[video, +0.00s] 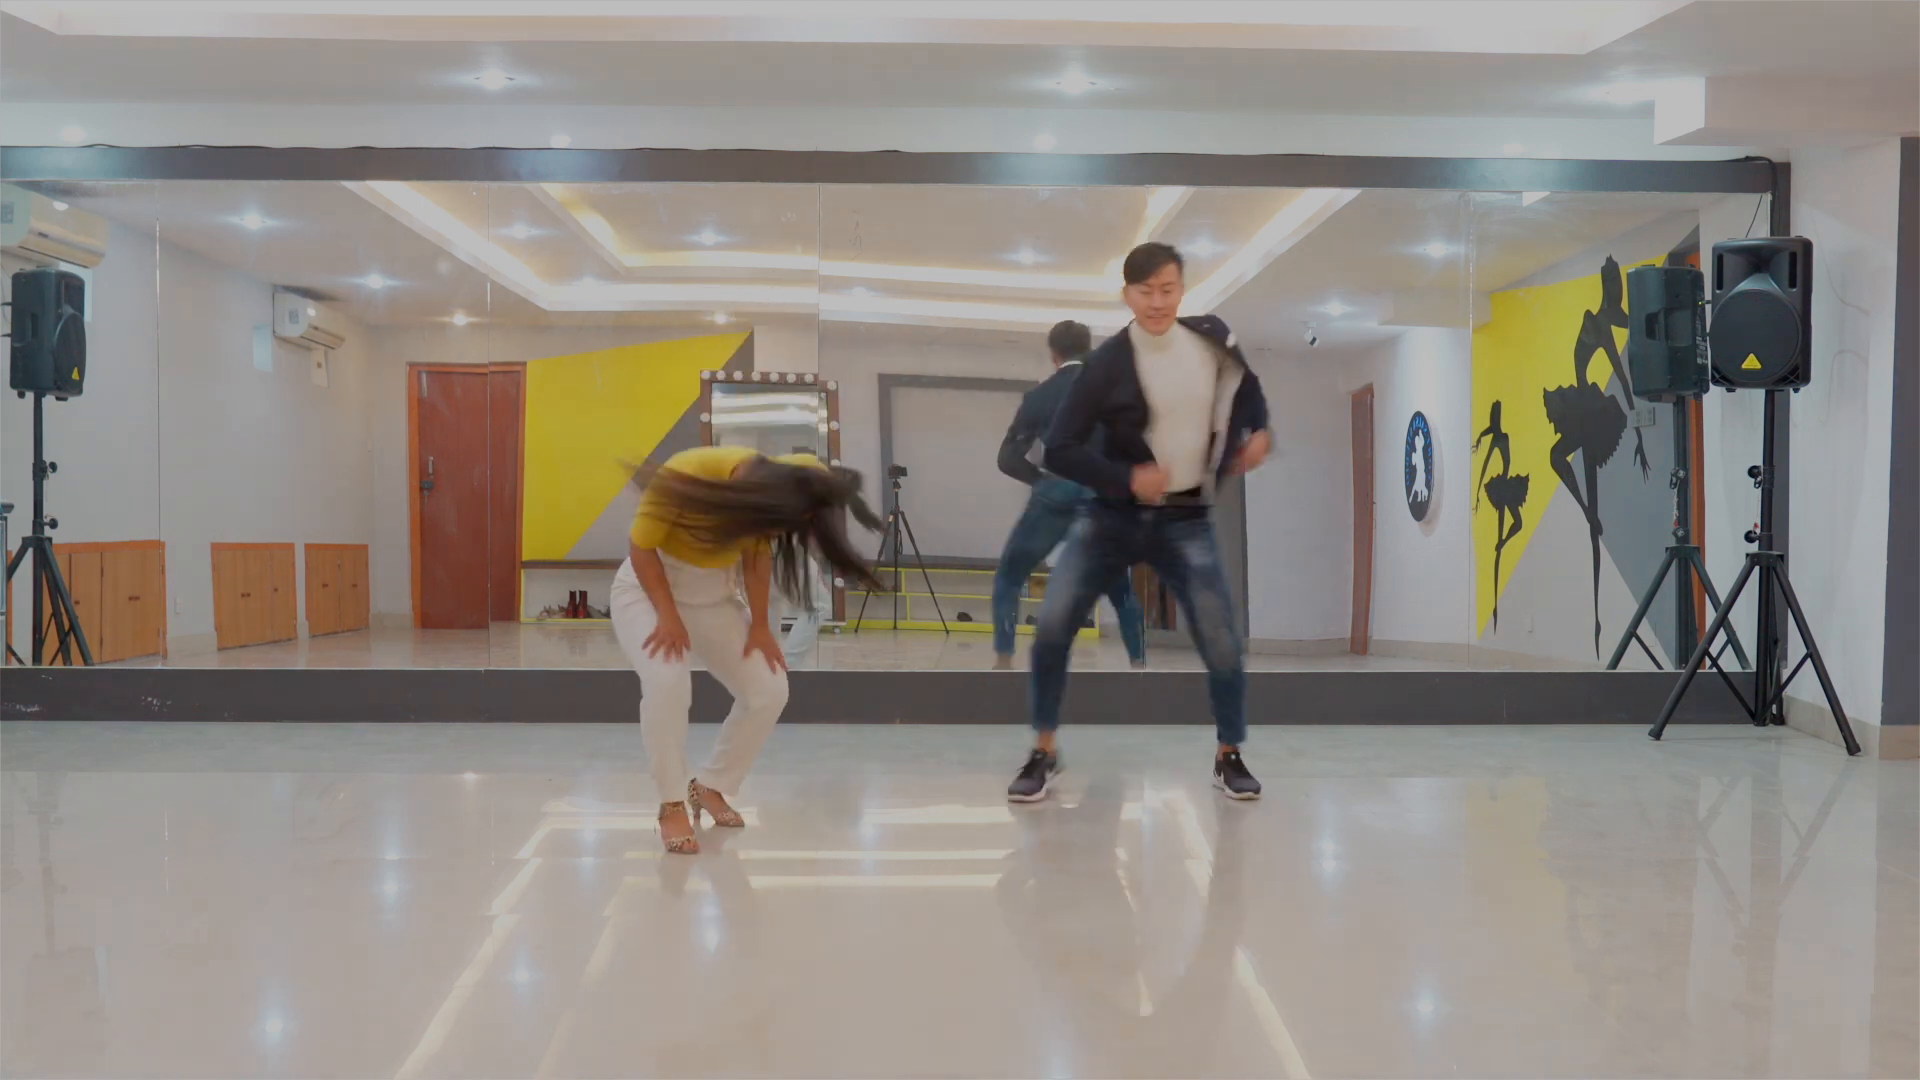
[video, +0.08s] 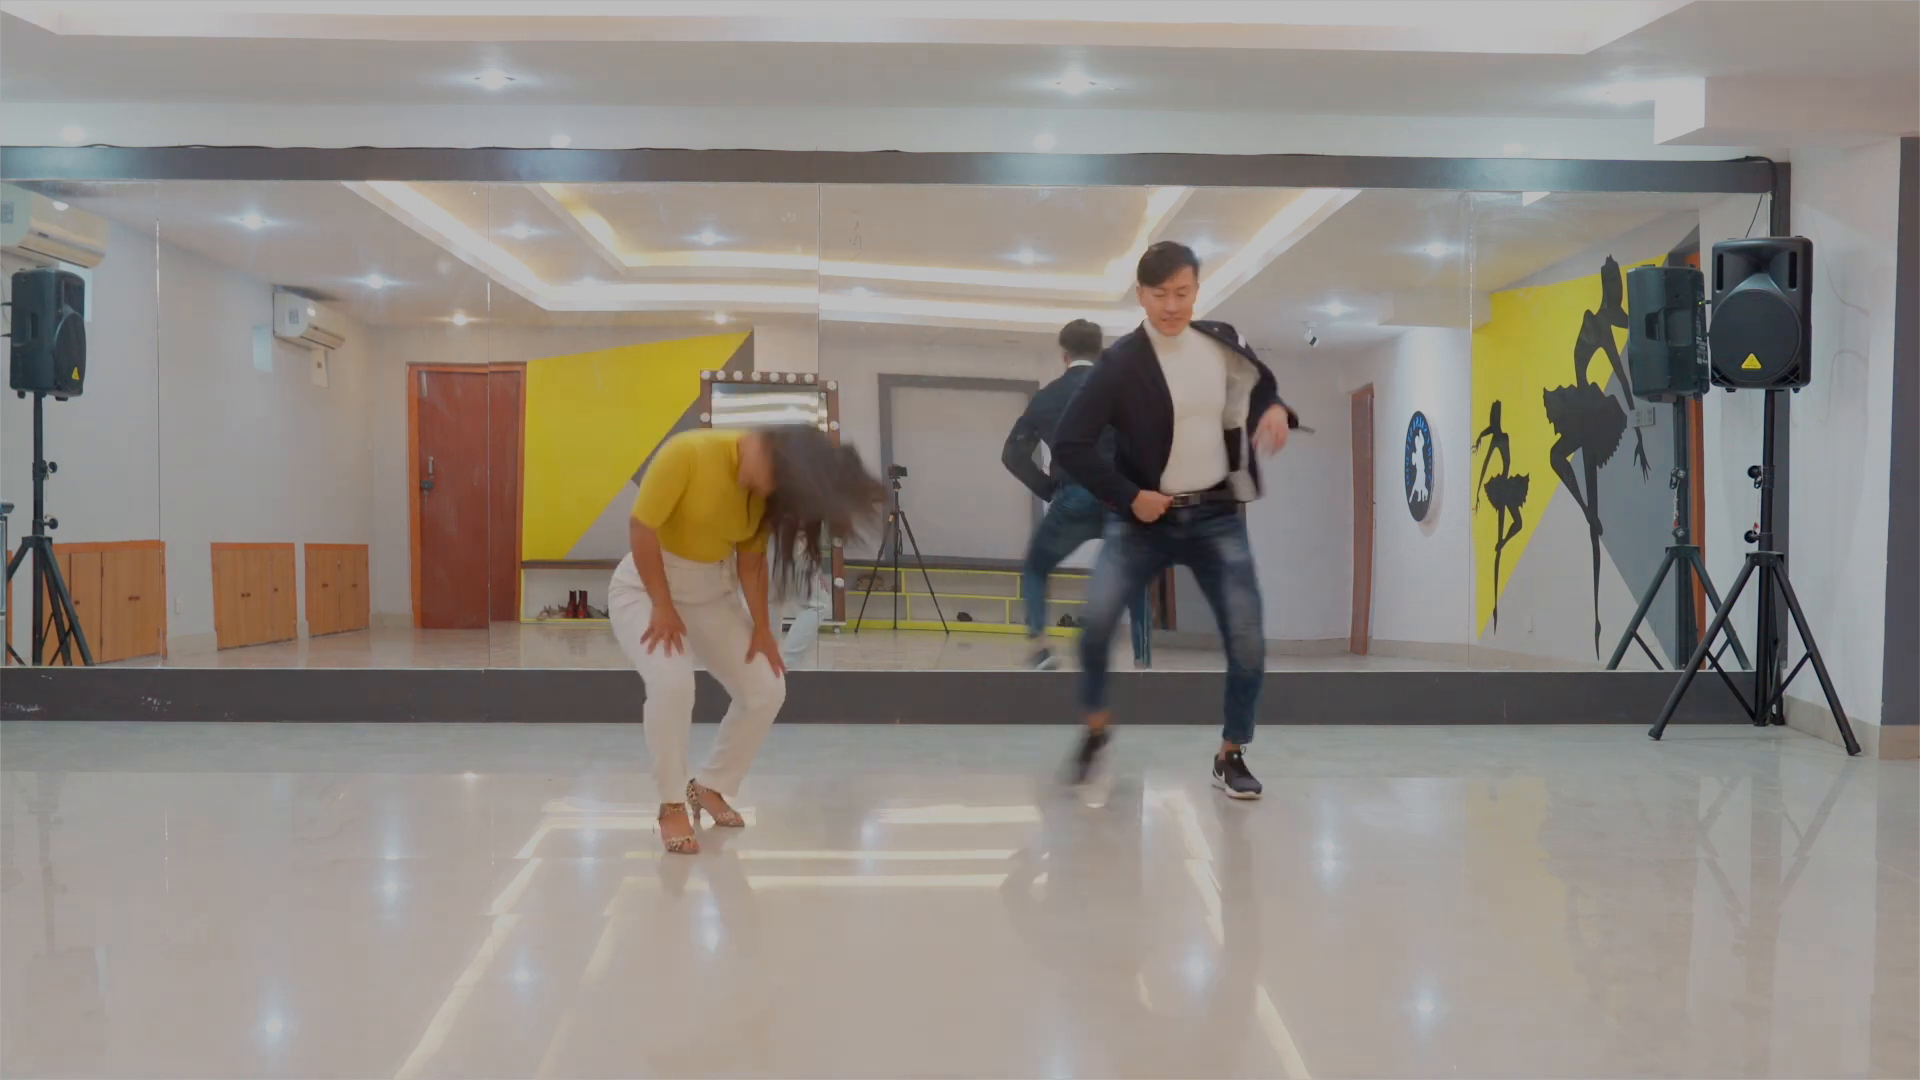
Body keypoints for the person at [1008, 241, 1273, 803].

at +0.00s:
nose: (1158, 302)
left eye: (1168, 290)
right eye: (1146, 292)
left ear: (1184, 291)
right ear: (1128, 294)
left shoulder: (1213, 346)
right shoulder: (1106, 362)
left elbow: (1247, 390)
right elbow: (1060, 449)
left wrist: (1255, 431)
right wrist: (1125, 476)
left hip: (1185, 517)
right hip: (1110, 516)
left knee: (1223, 644)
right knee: (1053, 622)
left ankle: (1230, 754)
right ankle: (1043, 750)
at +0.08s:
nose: (1173, 305)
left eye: (1183, 293)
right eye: (1160, 294)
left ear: (1197, 289)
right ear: (1140, 295)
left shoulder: (1222, 342)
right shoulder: (1120, 362)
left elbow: (1262, 384)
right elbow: (1070, 448)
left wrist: (1274, 408)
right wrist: (1129, 497)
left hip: (1217, 513)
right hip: (1144, 517)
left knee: (1248, 640)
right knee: (1096, 615)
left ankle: (1231, 753)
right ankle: (1095, 726)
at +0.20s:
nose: (1186, 314)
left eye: (1197, 301)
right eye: (1173, 301)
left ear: (1210, 295)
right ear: (1153, 297)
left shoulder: (1230, 355)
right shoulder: (1119, 362)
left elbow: (1279, 428)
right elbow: (1088, 444)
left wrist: (1261, 402)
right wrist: (1144, 489)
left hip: (1248, 508)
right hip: (1186, 518)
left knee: (1262, 645)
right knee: (1225, 643)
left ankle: (1230, 753)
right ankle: (1181, 719)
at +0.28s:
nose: (1193, 319)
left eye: (1203, 306)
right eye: (1181, 306)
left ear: (1215, 302)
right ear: (1157, 301)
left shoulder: (1233, 365)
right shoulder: (1124, 370)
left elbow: (1272, 435)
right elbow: (1103, 449)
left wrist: (1247, 404)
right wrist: (1146, 471)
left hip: (1261, 506)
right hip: (1202, 521)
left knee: (1277, 649)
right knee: (1270, 648)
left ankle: (1230, 755)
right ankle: (1207, 722)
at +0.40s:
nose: (1196, 299)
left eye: (1205, 287)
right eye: (1184, 288)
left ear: (1221, 288)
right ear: (1165, 292)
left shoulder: (1252, 350)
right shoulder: (1141, 363)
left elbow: (1312, 402)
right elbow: (1094, 442)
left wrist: (1282, 420)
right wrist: (1145, 423)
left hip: (1266, 511)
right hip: (1201, 518)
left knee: (1278, 644)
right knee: (1240, 638)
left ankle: (1230, 756)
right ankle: (1204, 723)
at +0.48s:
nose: (1200, 286)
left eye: (1211, 274)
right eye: (1188, 275)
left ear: (1227, 280)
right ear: (1169, 283)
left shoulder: (1264, 335)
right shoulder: (1148, 355)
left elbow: (1345, 383)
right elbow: (1102, 432)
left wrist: (1319, 445)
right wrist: (1167, 398)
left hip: (1255, 502)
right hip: (1184, 502)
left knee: (1283, 633)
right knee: (1179, 592)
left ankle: (1237, 744)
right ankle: (1202, 679)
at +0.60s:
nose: (1215, 302)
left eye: (1226, 291)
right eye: (1204, 292)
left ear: (1244, 299)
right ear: (1186, 302)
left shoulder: (1273, 348)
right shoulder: (1166, 374)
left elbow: (1330, 368)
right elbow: (1134, 458)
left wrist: (1310, 439)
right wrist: (1202, 432)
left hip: (1241, 517)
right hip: (1173, 502)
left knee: (1281, 647)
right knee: (1084, 523)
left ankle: (1257, 758)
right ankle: (1159, 606)